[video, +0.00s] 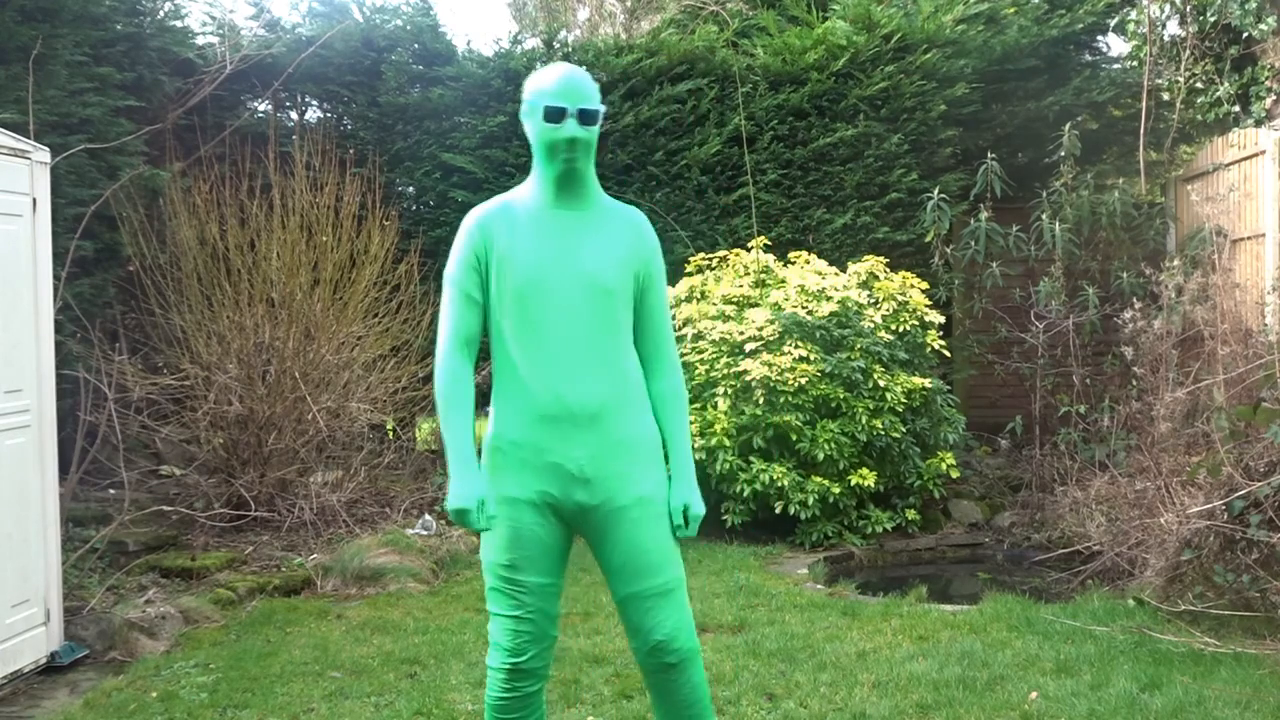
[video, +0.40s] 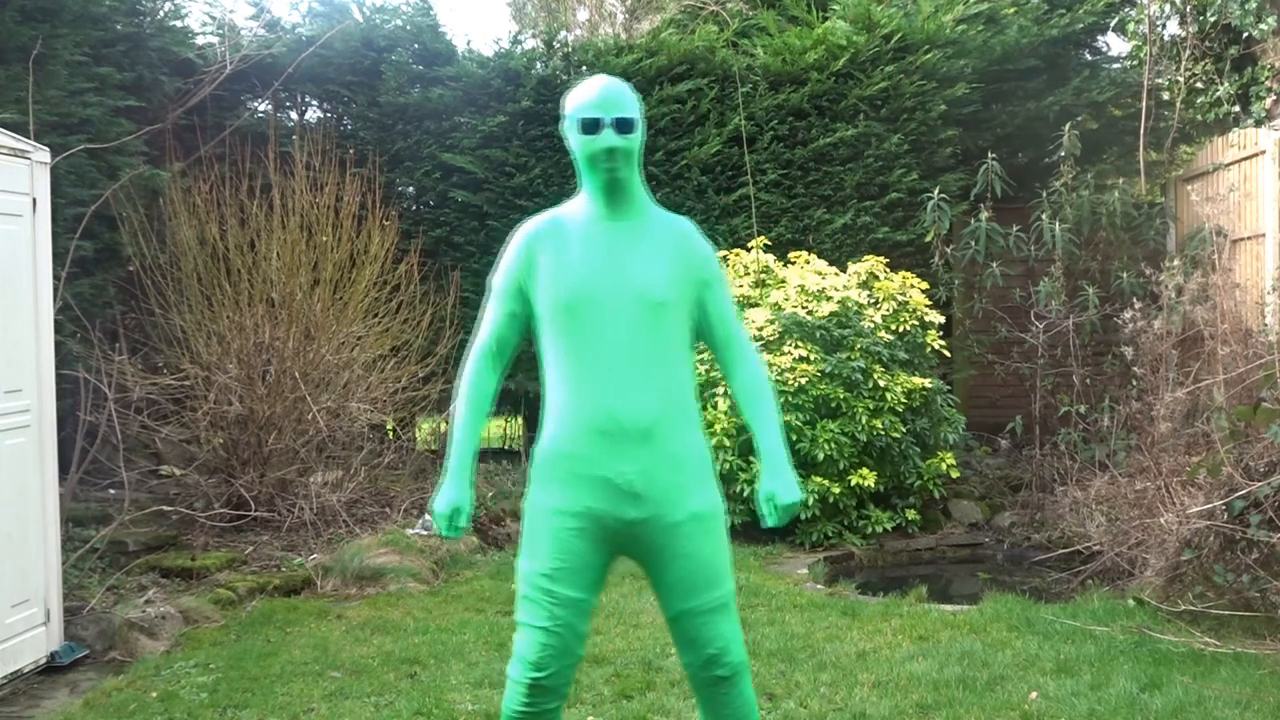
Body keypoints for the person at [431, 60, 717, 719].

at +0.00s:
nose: (571, 129)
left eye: (585, 116)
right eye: (554, 115)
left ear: (600, 125)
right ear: (526, 125)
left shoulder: (634, 230)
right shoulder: (487, 227)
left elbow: (662, 358)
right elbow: (454, 352)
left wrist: (683, 470)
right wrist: (462, 470)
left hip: (630, 472)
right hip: (521, 475)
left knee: (673, 652)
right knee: (517, 663)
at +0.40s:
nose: (608, 138)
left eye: (622, 124)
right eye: (590, 125)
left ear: (642, 135)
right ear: (568, 140)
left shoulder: (684, 241)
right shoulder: (536, 241)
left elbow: (739, 354)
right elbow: (486, 358)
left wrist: (775, 459)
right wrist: (458, 474)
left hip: (681, 486)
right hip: (568, 487)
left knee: (721, 665)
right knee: (538, 673)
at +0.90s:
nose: (661, 132)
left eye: (676, 119)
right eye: (644, 119)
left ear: (698, 131)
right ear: (623, 132)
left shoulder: (732, 245)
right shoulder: (583, 232)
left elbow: (776, 364)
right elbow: (543, 348)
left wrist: (798, 476)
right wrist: (527, 464)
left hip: (710, 490)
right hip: (598, 487)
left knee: (736, 672)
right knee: (558, 668)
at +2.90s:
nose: (634, 135)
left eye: (649, 120)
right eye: (619, 122)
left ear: (673, 128)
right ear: (601, 134)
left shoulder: (714, 238)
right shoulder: (566, 235)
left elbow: (771, 351)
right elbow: (531, 352)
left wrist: (786, 463)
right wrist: (515, 466)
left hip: (699, 487)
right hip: (588, 486)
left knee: (730, 669)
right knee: (553, 668)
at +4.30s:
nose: (637, 136)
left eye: (652, 121)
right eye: (621, 122)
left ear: (673, 130)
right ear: (601, 133)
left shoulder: (713, 238)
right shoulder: (567, 236)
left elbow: (769, 352)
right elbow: (532, 353)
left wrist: (784, 465)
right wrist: (518, 468)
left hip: (698, 485)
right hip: (588, 483)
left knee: (729, 668)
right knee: (554, 666)